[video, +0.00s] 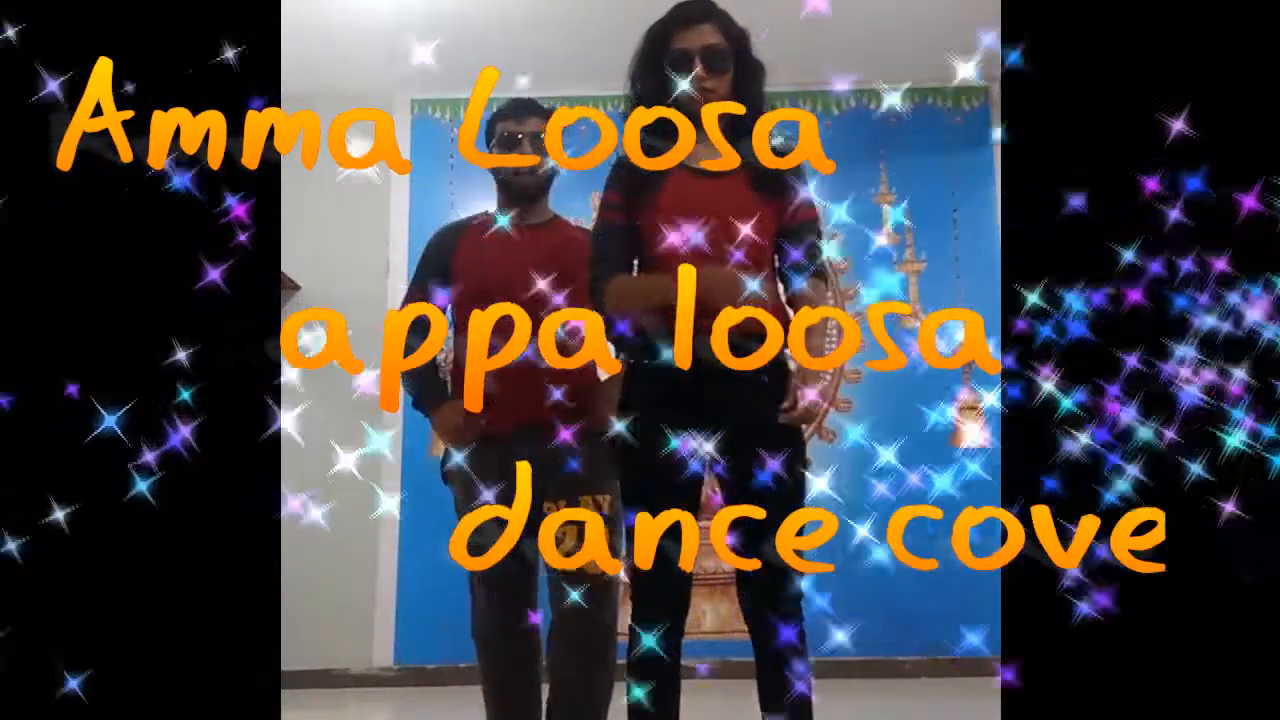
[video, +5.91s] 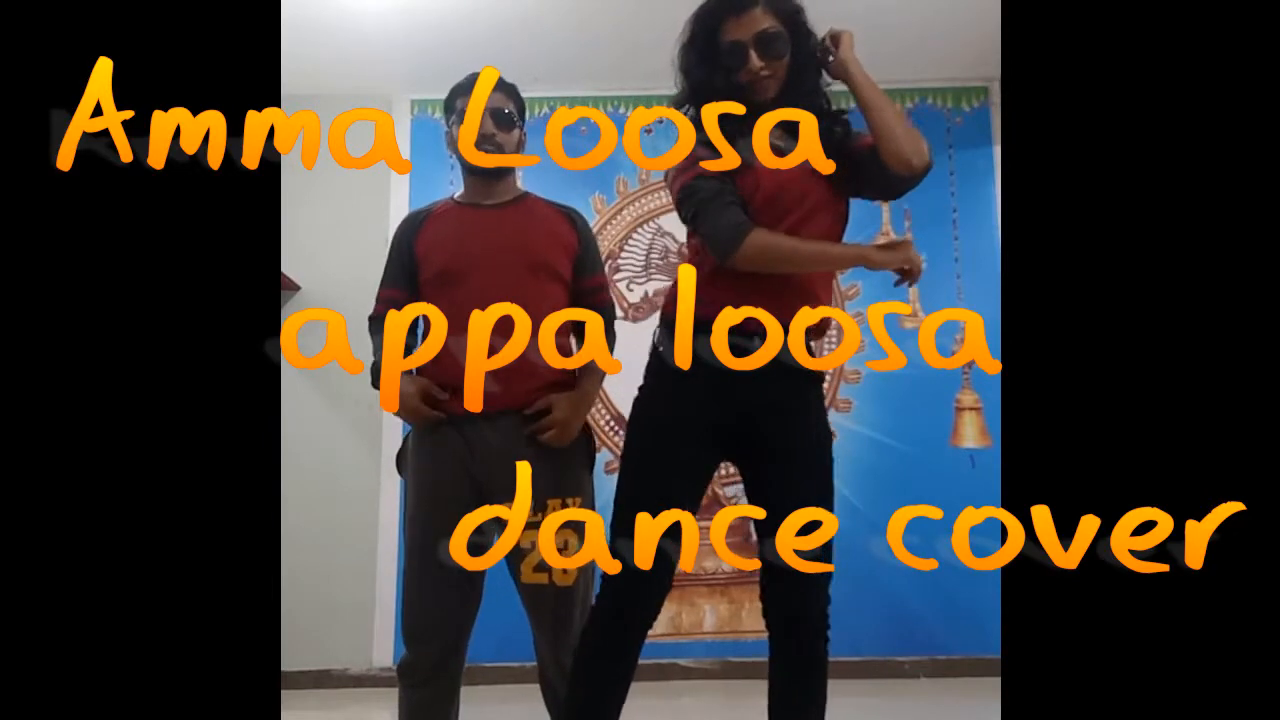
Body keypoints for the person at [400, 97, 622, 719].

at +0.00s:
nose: (522, 152)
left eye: (535, 140)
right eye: (508, 142)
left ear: (557, 154)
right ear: (487, 156)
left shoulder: (592, 247)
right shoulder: (453, 244)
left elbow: (626, 330)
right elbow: (412, 336)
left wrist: (613, 395)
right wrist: (438, 407)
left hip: (578, 442)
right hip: (486, 447)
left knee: (586, 603)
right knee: (500, 605)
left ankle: (578, 715)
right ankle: (511, 716)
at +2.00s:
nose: (517, 132)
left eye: (531, 121)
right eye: (502, 120)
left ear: (551, 133)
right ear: (478, 131)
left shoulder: (588, 224)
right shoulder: (446, 222)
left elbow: (622, 333)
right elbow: (413, 324)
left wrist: (612, 427)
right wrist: (398, 417)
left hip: (557, 438)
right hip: (457, 437)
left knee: (573, 613)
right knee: (428, 612)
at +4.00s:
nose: (493, 140)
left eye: (507, 131)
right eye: (478, 129)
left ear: (526, 145)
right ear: (456, 139)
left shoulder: (560, 216)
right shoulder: (423, 218)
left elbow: (600, 301)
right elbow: (389, 312)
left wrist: (576, 367)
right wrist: (399, 371)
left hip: (541, 433)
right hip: (445, 436)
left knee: (561, 621)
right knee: (431, 621)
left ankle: (578, 718)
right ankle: (424, 719)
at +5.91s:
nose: (490, 131)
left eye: (504, 119)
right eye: (474, 119)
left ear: (522, 134)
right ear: (452, 133)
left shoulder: (566, 225)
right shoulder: (418, 229)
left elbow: (601, 324)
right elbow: (385, 324)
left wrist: (585, 391)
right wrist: (395, 381)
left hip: (547, 444)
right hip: (444, 445)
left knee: (567, 632)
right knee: (430, 637)